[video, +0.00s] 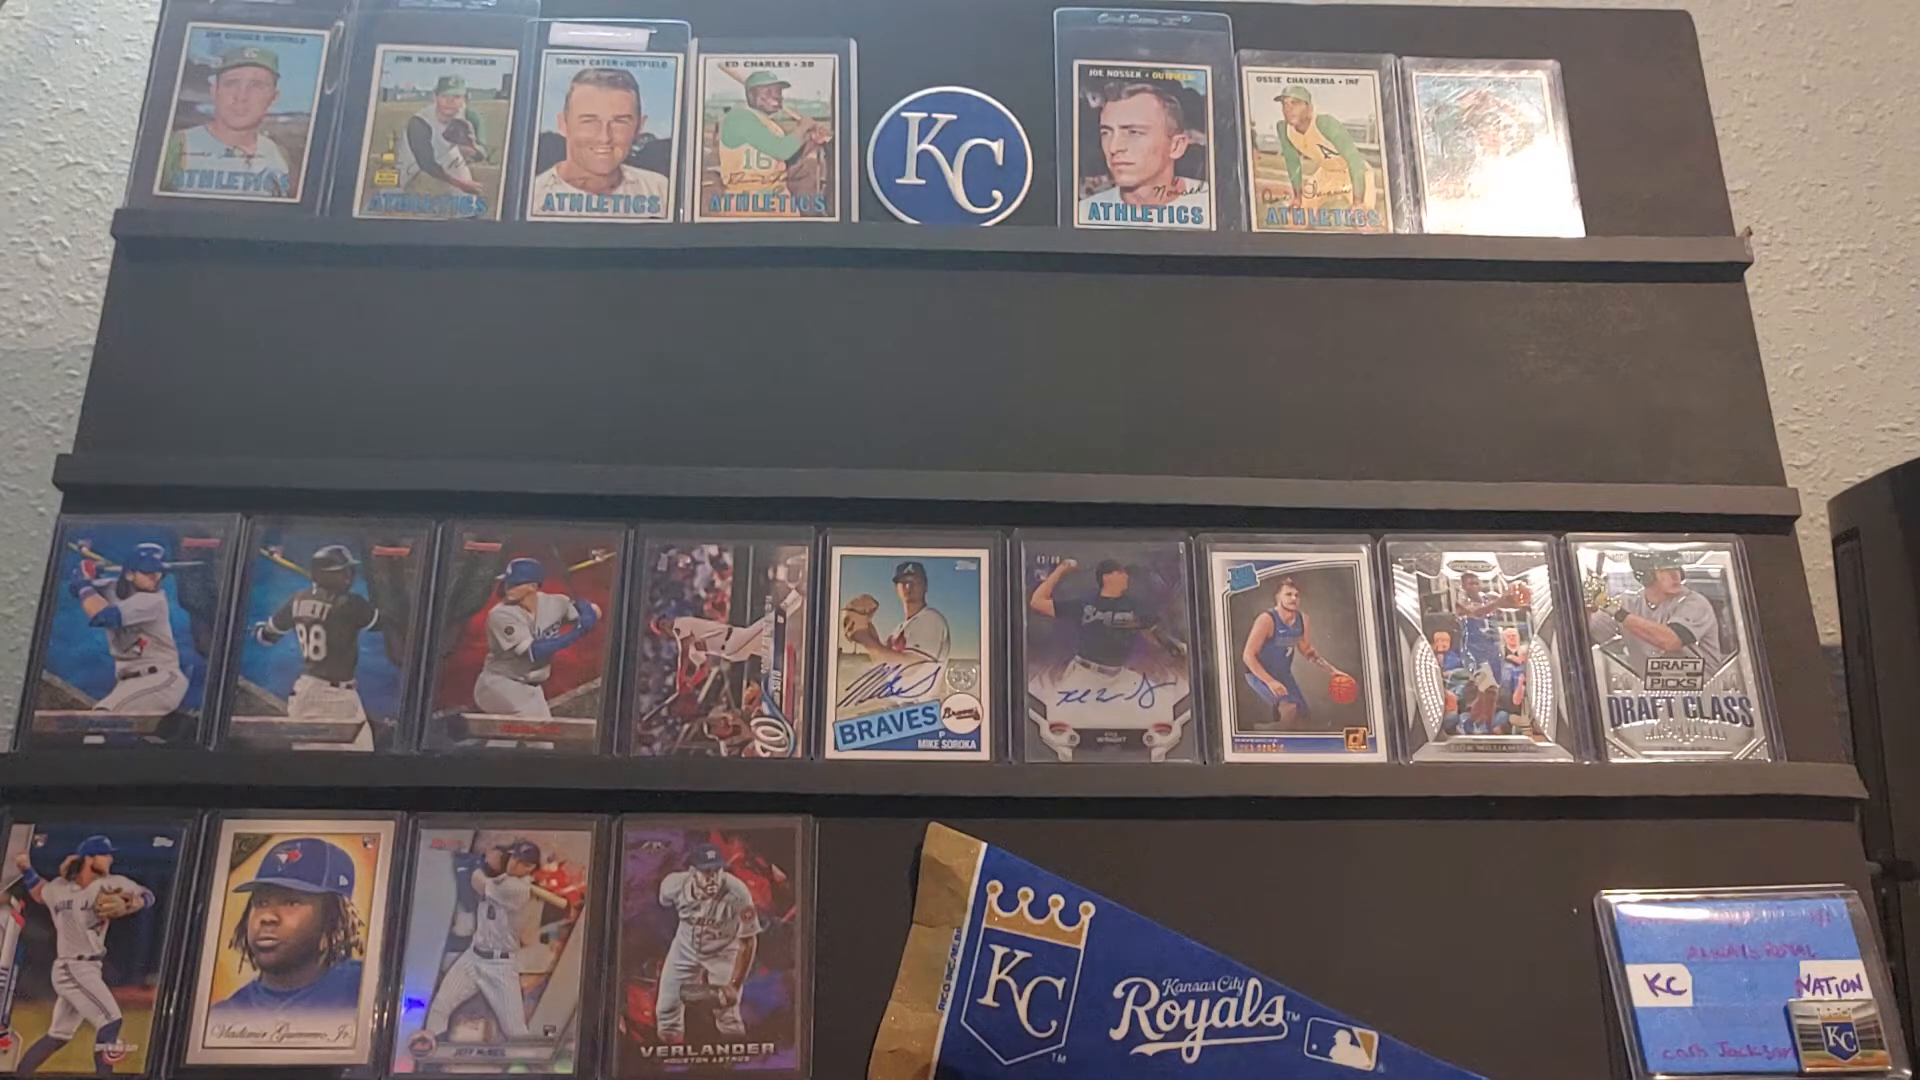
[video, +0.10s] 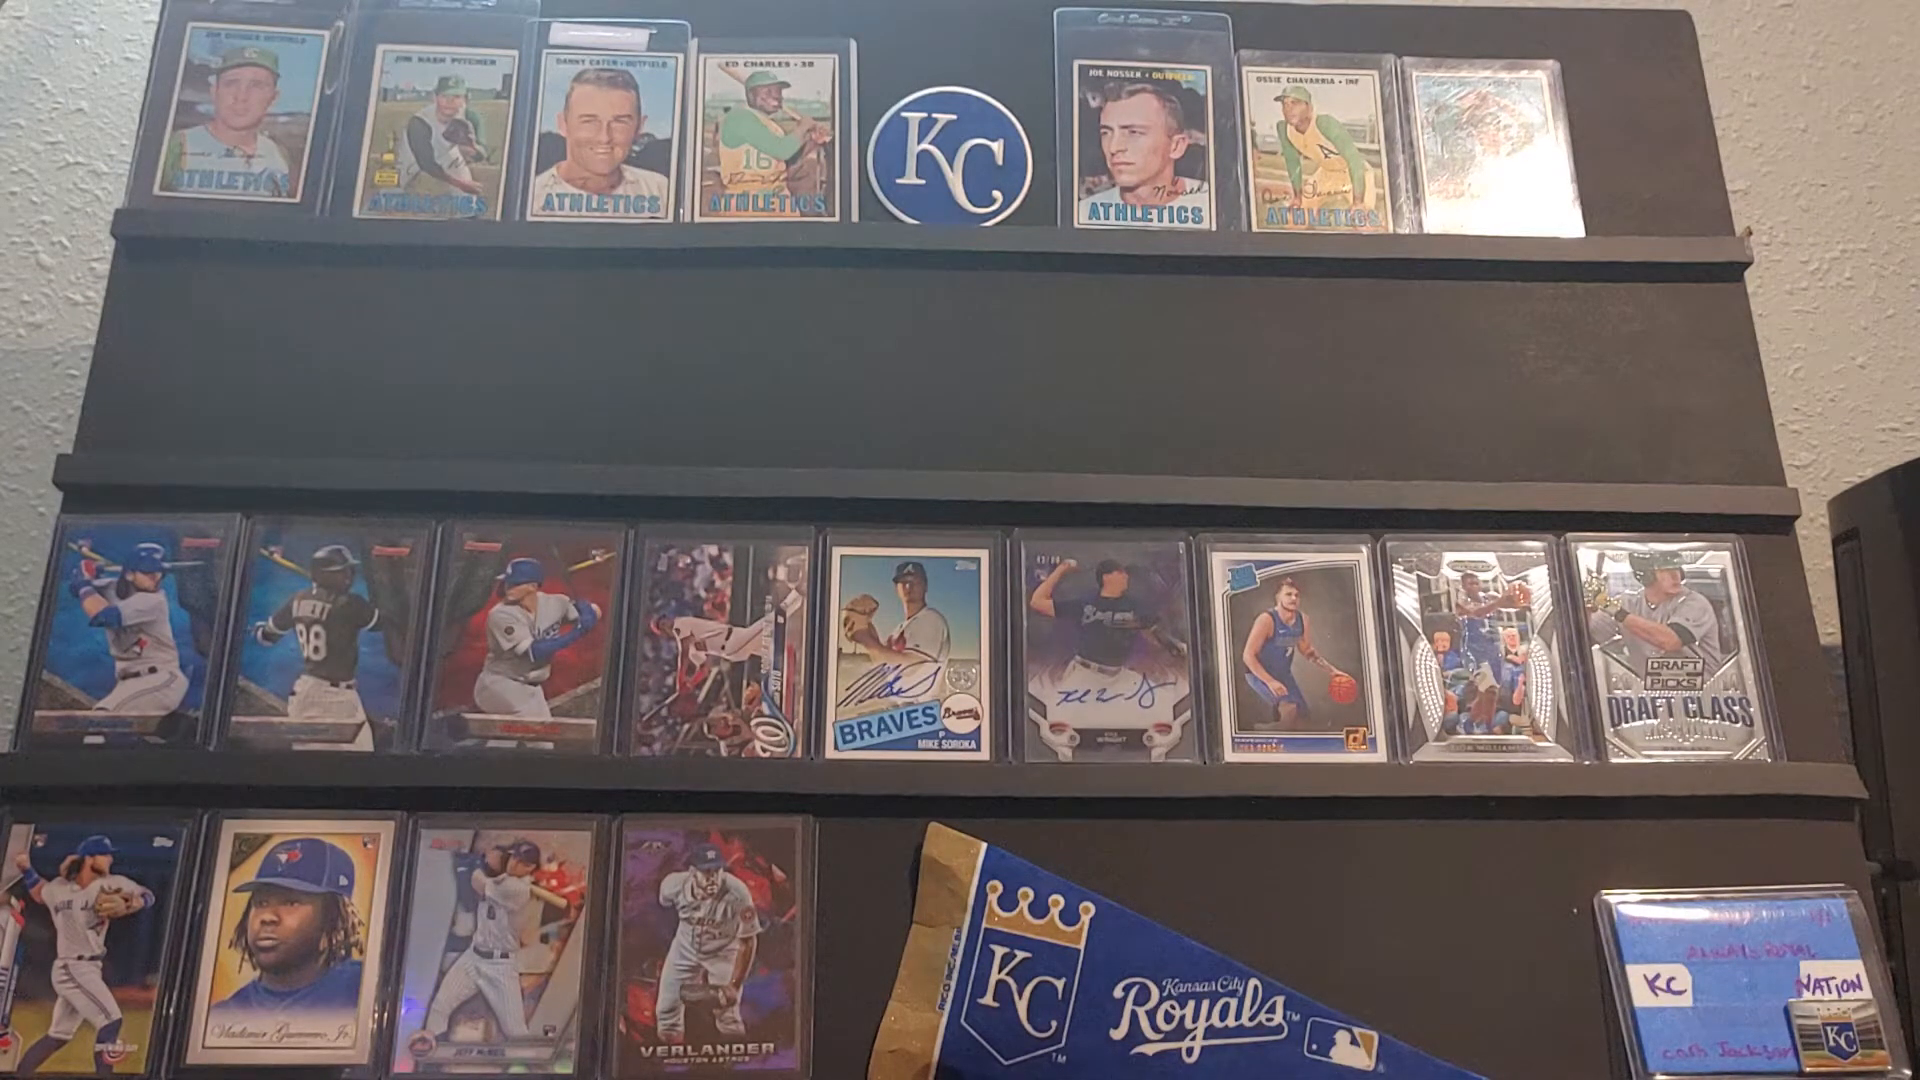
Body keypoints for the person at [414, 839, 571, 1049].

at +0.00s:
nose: (515, 864)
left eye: (522, 862)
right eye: (514, 858)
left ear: (531, 868)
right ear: (510, 858)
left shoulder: (518, 890)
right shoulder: (502, 879)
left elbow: (477, 881)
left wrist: (483, 864)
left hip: (501, 965)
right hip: (473, 957)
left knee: (515, 1030)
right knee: (440, 1005)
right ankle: (426, 1064)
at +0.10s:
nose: (514, 864)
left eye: (521, 862)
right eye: (513, 858)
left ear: (531, 868)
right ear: (509, 858)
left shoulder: (519, 890)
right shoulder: (500, 880)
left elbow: (477, 881)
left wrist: (488, 865)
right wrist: (489, 864)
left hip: (501, 965)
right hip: (473, 958)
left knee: (515, 1029)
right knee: (440, 1005)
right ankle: (428, 1065)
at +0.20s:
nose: (514, 864)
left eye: (521, 862)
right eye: (513, 859)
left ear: (531, 868)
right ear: (509, 857)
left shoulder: (519, 890)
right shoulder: (500, 880)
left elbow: (477, 881)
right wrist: (489, 864)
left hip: (501, 965)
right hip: (473, 958)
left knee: (514, 1029)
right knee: (439, 1006)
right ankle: (430, 1068)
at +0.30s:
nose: (515, 864)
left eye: (522, 862)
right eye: (514, 858)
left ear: (531, 868)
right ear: (510, 858)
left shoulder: (518, 890)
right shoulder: (502, 879)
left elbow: (477, 881)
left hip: (501, 965)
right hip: (473, 957)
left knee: (515, 1031)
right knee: (440, 1005)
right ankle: (426, 1065)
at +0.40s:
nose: (515, 864)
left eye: (522, 862)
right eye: (514, 858)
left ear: (531, 868)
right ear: (510, 858)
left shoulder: (518, 890)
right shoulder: (502, 879)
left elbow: (477, 881)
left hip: (501, 965)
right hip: (473, 957)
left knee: (514, 1029)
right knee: (439, 1006)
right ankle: (426, 1066)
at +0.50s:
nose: (515, 865)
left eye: (522, 863)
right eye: (514, 859)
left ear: (531, 868)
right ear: (509, 858)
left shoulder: (518, 890)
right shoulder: (501, 879)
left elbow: (477, 881)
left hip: (501, 965)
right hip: (473, 957)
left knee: (514, 1029)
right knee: (439, 1006)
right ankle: (426, 1066)